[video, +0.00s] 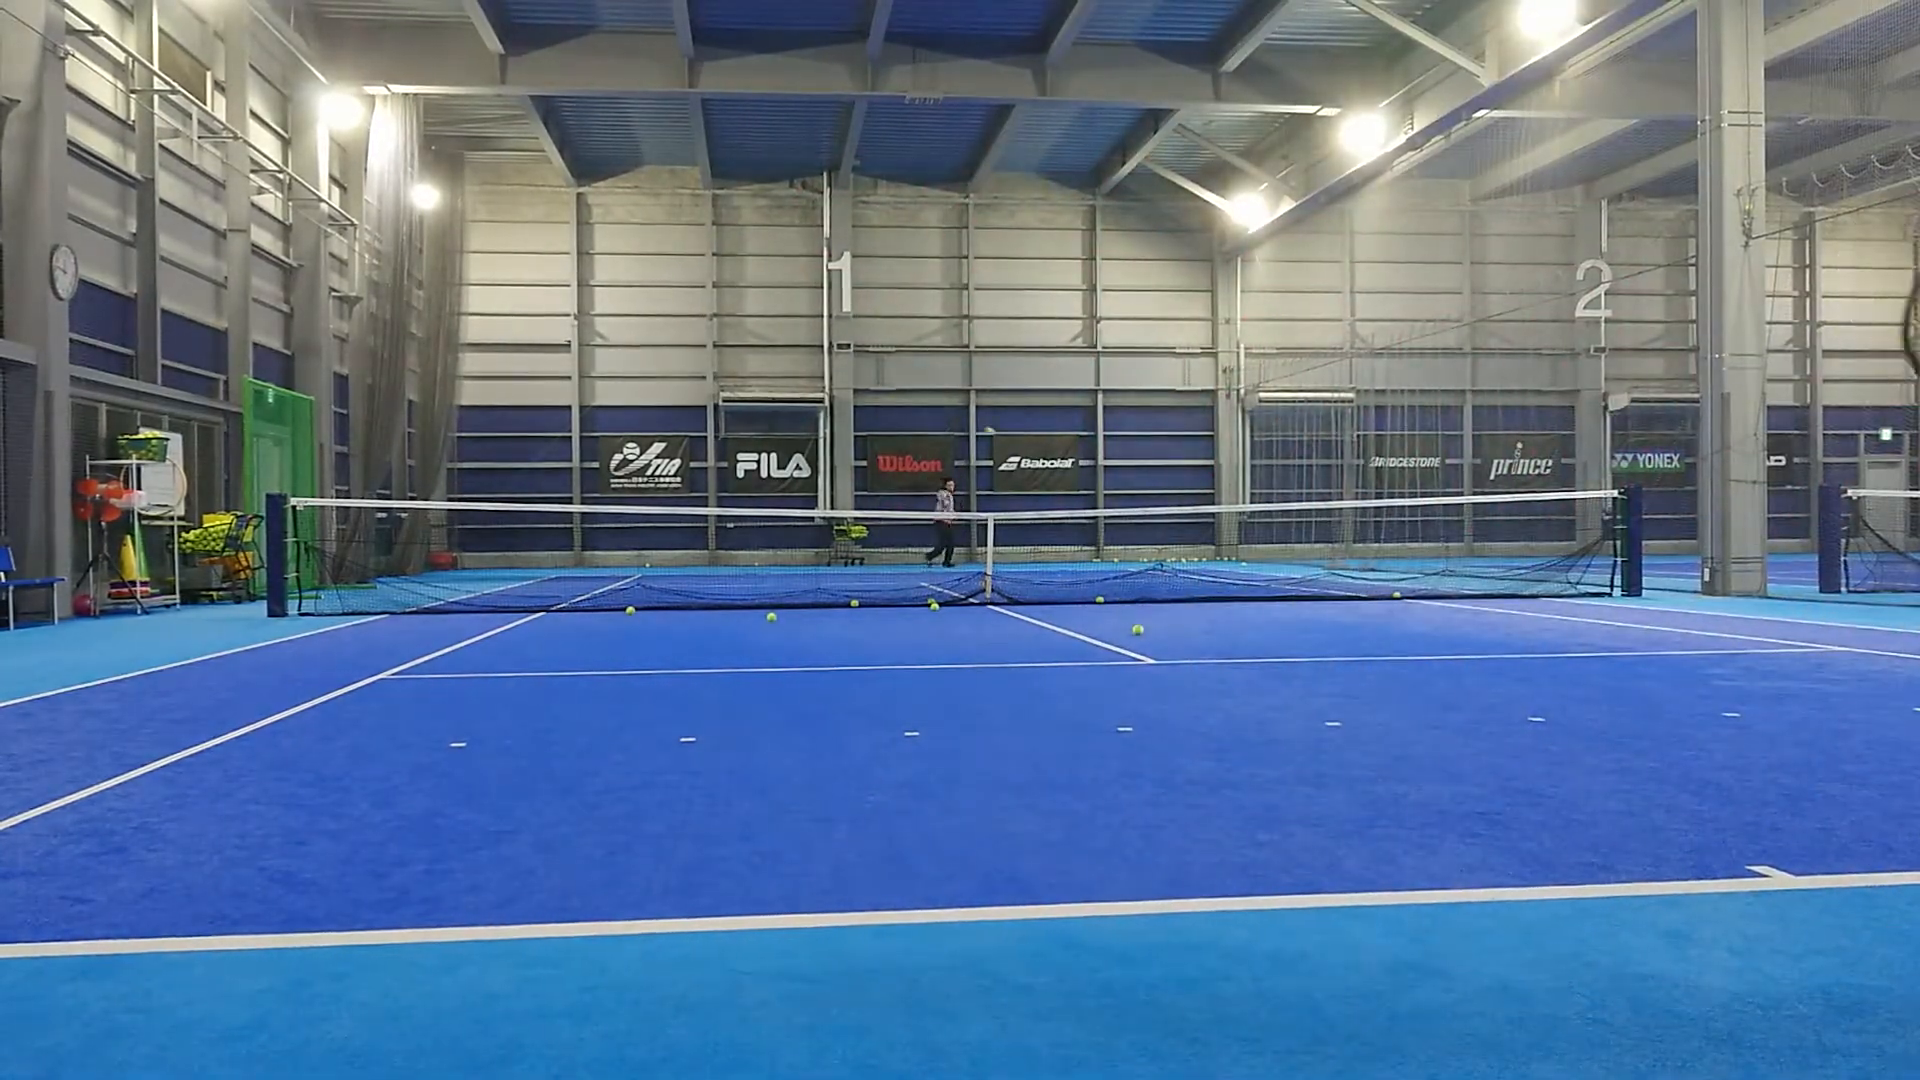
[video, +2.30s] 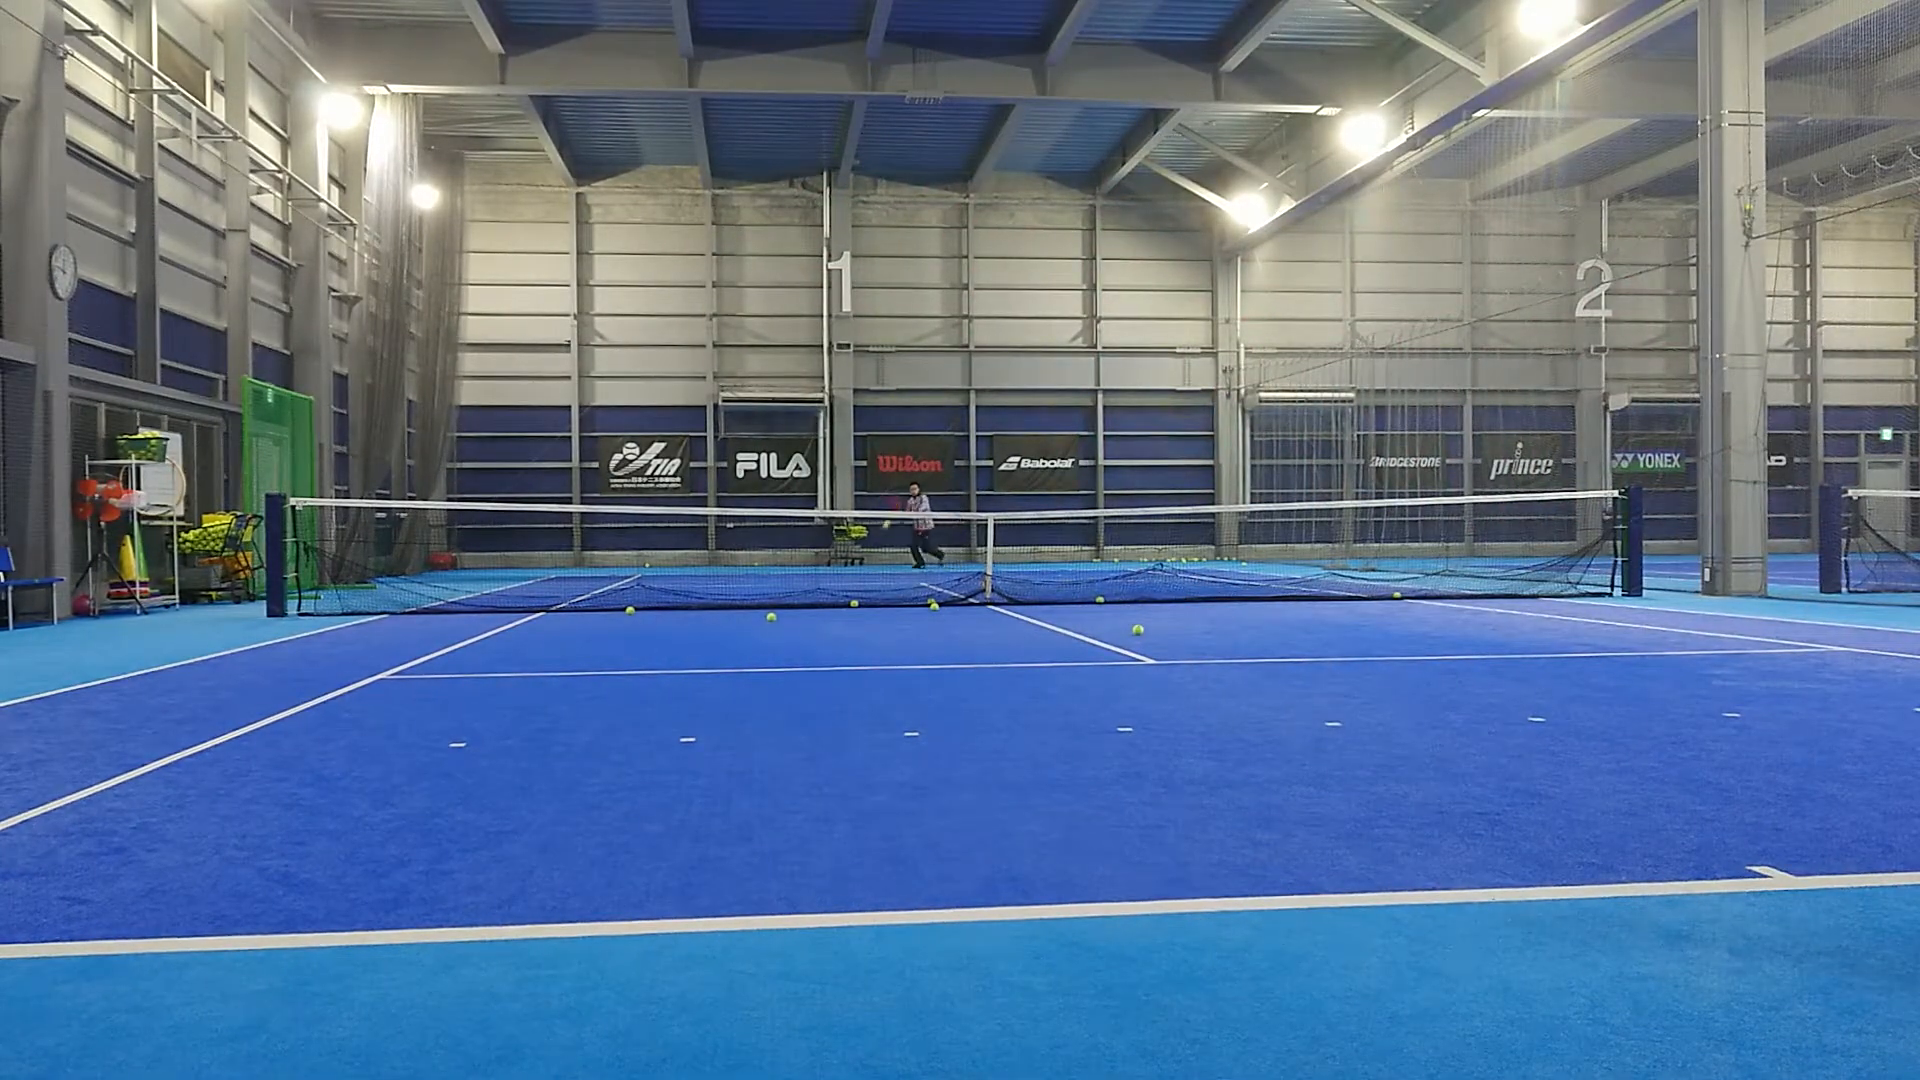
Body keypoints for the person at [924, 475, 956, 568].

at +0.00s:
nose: (951, 487)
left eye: (952, 485)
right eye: (949, 485)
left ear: (953, 486)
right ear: (945, 486)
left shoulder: (949, 495)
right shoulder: (943, 494)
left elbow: (949, 508)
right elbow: (943, 508)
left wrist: (952, 517)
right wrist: (945, 518)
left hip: (947, 520)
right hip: (941, 520)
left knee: (946, 542)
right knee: (947, 542)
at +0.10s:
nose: (949, 485)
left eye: (951, 483)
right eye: (947, 483)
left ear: (952, 484)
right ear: (944, 484)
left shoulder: (952, 493)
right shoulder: (941, 492)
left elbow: (951, 506)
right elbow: (942, 504)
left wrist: (952, 516)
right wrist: (945, 516)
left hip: (948, 519)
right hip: (941, 519)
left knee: (949, 542)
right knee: (944, 541)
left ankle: (947, 561)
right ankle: (931, 558)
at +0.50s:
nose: (939, 484)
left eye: (941, 482)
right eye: (937, 482)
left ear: (944, 482)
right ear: (934, 483)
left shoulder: (950, 492)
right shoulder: (932, 494)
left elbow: (955, 504)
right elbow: (929, 508)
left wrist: (956, 515)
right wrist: (932, 517)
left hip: (950, 519)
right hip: (938, 520)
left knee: (952, 541)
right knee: (938, 542)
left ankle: (951, 558)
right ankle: (939, 560)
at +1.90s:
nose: (944, 485)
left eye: (946, 482)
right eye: (942, 482)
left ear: (949, 484)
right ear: (939, 484)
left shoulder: (953, 494)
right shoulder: (936, 495)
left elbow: (955, 507)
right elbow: (931, 508)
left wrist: (946, 513)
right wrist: (937, 516)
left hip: (950, 523)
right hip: (938, 523)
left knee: (952, 545)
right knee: (932, 544)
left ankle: (955, 563)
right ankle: (927, 562)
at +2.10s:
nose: (931, 490)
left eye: (933, 488)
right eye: (930, 488)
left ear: (937, 489)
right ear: (928, 490)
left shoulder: (942, 500)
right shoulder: (926, 500)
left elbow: (942, 513)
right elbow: (923, 512)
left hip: (942, 527)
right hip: (930, 527)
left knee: (947, 547)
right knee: (923, 545)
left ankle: (954, 563)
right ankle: (920, 562)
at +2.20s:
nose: (922, 490)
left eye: (923, 488)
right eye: (920, 488)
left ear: (927, 489)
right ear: (918, 490)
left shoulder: (932, 498)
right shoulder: (917, 501)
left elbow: (933, 512)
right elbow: (915, 513)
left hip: (934, 527)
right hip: (923, 527)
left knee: (941, 546)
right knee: (918, 546)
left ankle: (953, 561)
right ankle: (921, 562)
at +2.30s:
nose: (913, 491)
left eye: (915, 489)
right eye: (911, 489)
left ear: (919, 489)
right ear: (909, 491)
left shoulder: (923, 498)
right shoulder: (910, 501)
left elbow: (922, 509)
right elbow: (907, 512)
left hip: (926, 526)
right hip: (916, 526)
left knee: (925, 547)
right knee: (914, 546)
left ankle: (939, 554)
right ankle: (920, 562)